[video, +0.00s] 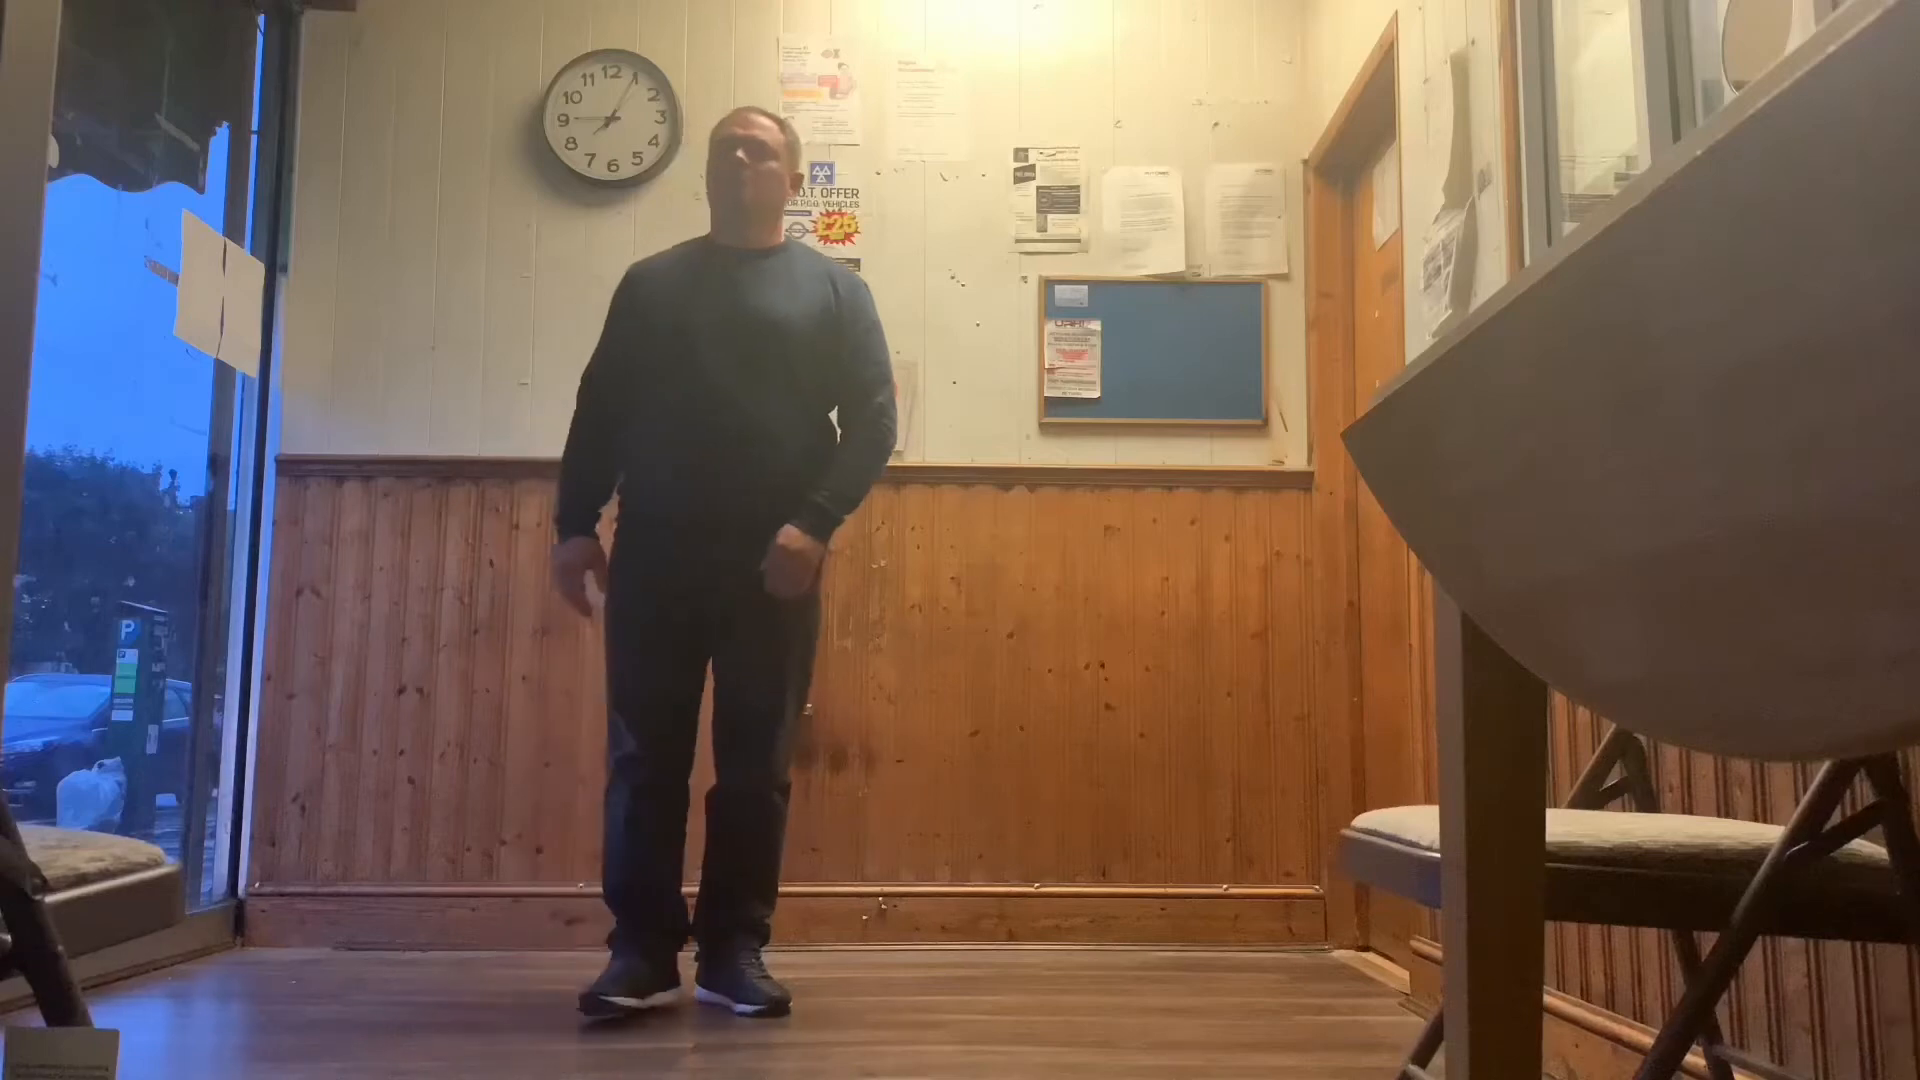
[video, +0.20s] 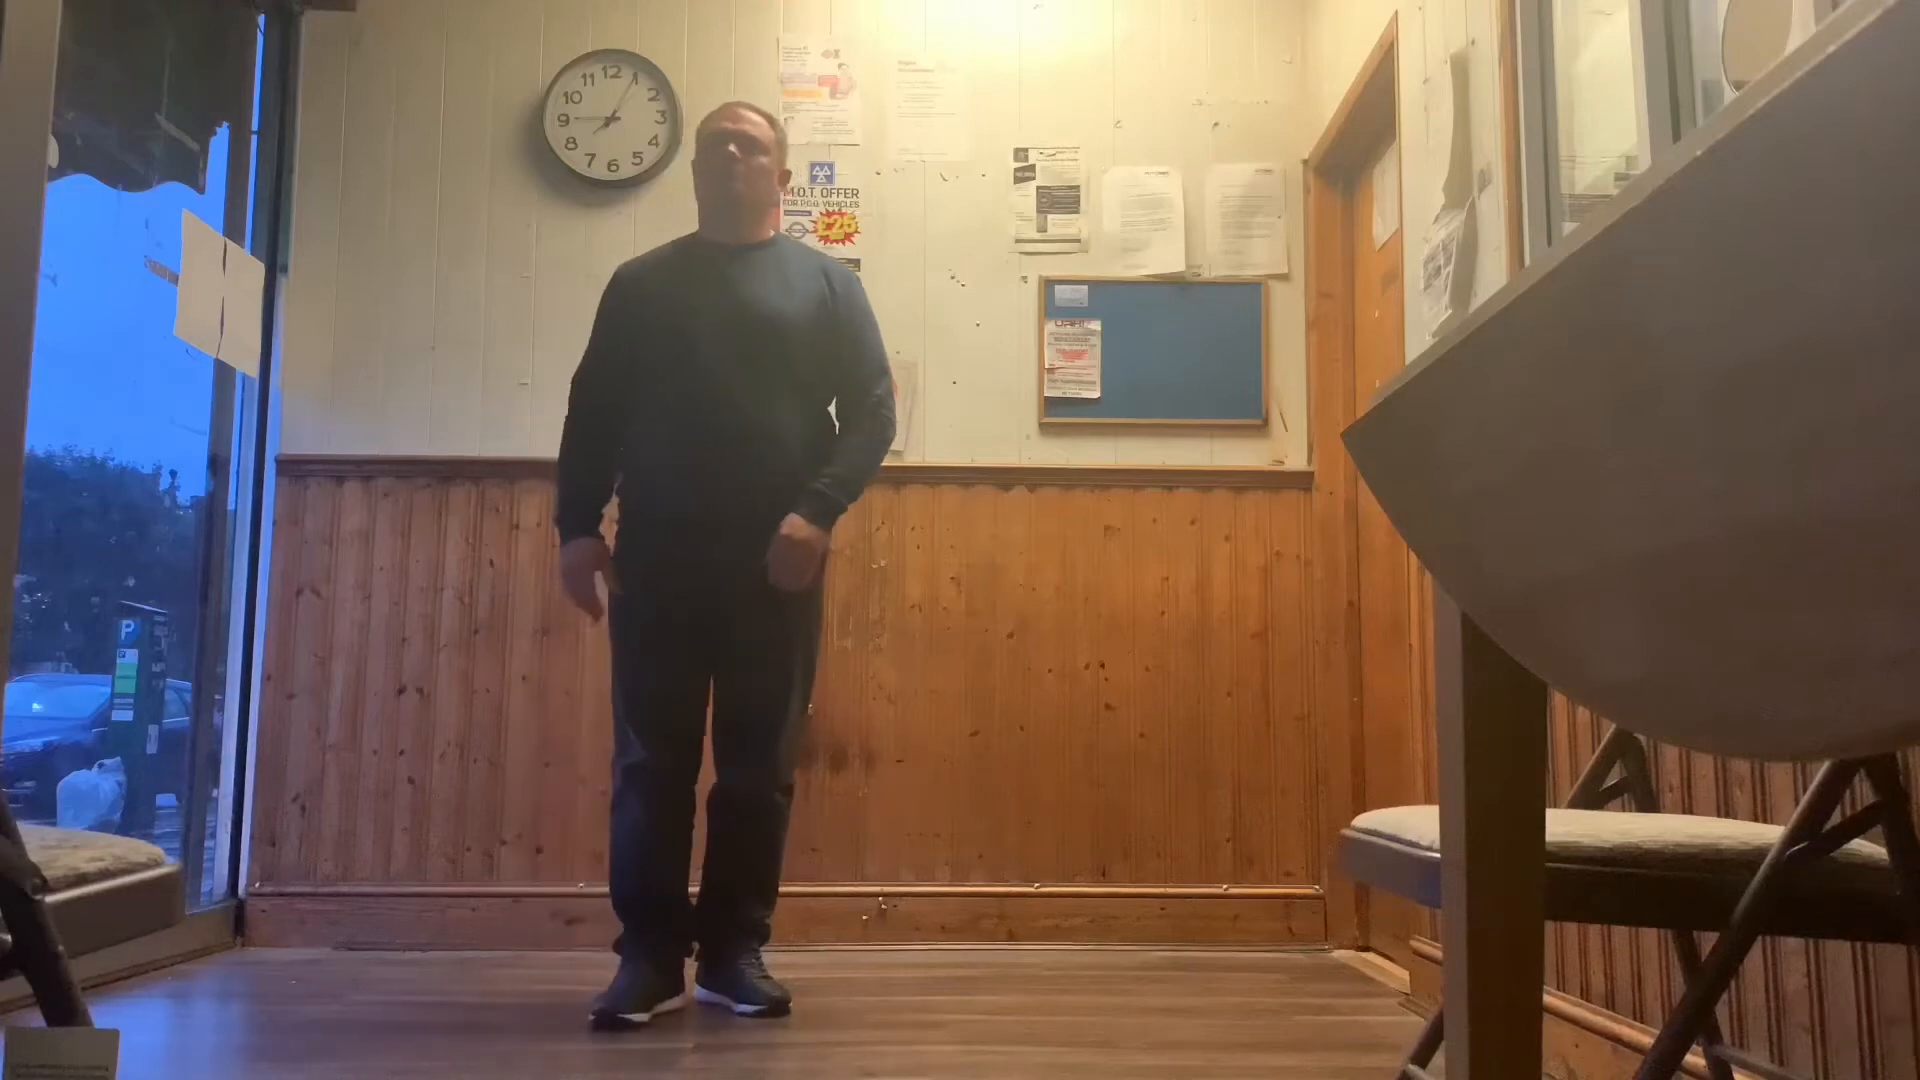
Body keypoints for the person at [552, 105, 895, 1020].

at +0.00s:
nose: (735, 158)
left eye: (757, 149)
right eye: (723, 148)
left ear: (794, 183)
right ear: (703, 177)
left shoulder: (836, 292)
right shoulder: (650, 284)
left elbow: (871, 428)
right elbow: (598, 409)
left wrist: (815, 524)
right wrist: (576, 525)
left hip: (770, 567)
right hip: (656, 560)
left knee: (754, 773)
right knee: (643, 765)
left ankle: (733, 955)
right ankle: (641, 956)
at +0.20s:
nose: (725, 153)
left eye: (746, 144)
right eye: (712, 142)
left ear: (783, 175)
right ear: (691, 171)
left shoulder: (827, 283)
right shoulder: (640, 282)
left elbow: (871, 414)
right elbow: (592, 410)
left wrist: (818, 511)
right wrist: (578, 527)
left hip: (772, 567)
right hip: (659, 562)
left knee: (756, 773)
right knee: (649, 767)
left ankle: (734, 958)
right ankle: (647, 960)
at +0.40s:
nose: (716, 141)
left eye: (735, 133)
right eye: (699, 130)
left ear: (766, 169)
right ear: (672, 163)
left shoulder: (813, 275)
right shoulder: (623, 279)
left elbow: (863, 404)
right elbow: (575, 405)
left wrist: (817, 498)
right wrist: (578, 518)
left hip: (770, 564)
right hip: (651, 561)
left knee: (755, 774)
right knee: (645, 772)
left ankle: (733, 959)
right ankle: (648, 961)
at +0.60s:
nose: (717, 138)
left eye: (735, 132)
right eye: (699, 127)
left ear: (760, 169)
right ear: (667, 159)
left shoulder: (801, 274)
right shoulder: (607, 274)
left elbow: (851, 399)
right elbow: (558, 407)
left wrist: (813, 489)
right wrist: (599, 493)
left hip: (770, 554)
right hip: (642, 556)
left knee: (801, 738)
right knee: (639, 763)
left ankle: (761, 927)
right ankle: (650, 959)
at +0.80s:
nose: (732, 131)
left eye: (751, 124)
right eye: (713, 119)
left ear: (779, 160)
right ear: (683, 152)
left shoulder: (815, 267)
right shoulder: (622, 256)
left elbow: (873, 391)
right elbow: (562, 377)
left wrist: (838, 415)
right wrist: (657, 409)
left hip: (784, 554)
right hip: (656, 554)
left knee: (821, 749)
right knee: (648, 767)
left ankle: (840, 963)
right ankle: (650, 962)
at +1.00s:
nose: (778, 128)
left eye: (794, 120)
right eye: (757, 115)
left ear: (818, 156)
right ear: (720, 149)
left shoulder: (859, 263)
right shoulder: (670, 251)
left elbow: (922, 385)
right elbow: (623, 372)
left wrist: (894, 395)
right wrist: (756, 359)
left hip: (831, 553)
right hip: (702, 551)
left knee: (851, 765)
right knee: (676, 766)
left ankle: (837, 971)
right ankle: (651, 965)